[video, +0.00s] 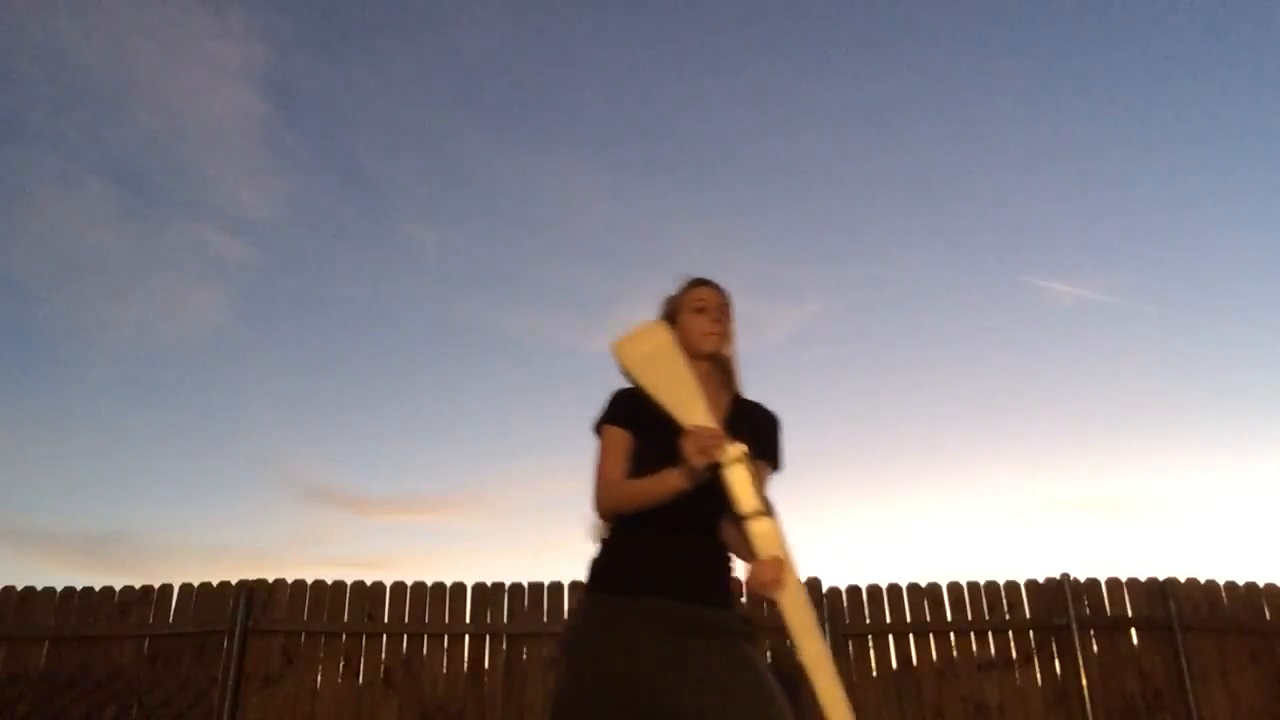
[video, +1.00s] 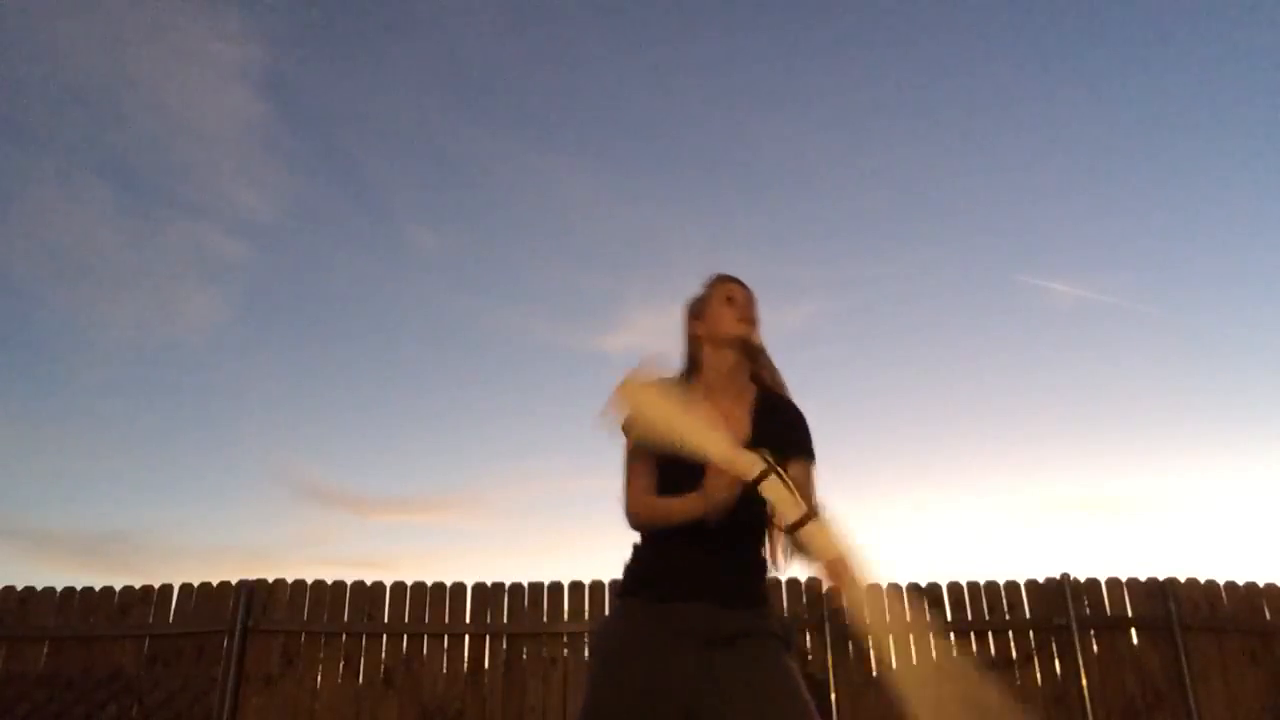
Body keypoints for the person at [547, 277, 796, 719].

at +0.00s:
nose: (715, 319)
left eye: (723, 312)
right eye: (700, 310)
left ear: (731, 328)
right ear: (672, 325)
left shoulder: (753, 421)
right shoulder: (633, 403)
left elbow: (732, 518)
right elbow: (608, 499)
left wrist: (759, 559)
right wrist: (685, 473)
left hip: (707, 608)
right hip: (623, 604)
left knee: (760, 709)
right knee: (599, 708)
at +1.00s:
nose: (741, 310)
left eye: (747, 307)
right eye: (727, 300)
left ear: (754, 331)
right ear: (696, 323)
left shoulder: (780, 415)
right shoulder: (657, 406)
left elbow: (800, 513)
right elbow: (638, 508)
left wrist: (830, 559)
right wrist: (704, 500)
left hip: (742, 613)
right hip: (652, 610)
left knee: (789, 710)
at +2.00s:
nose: (475, 324)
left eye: (487, 313)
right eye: (465, 322)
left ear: (516, 327)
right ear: (462, 344)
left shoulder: (554, 381)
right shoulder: (460, 433)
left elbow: (627, 467)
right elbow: (364, 478)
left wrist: (572, 529)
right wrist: (327, 395)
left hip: (553, 590)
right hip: (499, 600)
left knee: (451, 708)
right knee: (531, 712)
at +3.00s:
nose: (385, 361)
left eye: (392, 344)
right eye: (378, 354)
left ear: (430, 336)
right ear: (382, 367)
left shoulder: (494, 378)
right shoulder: (407, 453)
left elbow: (583, 447)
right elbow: (422, 539)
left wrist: (544, 530)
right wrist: (385, 583)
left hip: (511, 589)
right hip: (454, 601)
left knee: (419, 705)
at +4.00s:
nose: (660, 302)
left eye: (672, 304)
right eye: (650, 297)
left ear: (685, 338)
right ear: (627, 323)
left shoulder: (701, 414)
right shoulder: (584, 378)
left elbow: (707, 518)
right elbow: (513, 469)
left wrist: (711, 565)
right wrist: (559, 528)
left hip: (669, 599)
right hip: (585, 592)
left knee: (698, 708)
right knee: (574, 709)